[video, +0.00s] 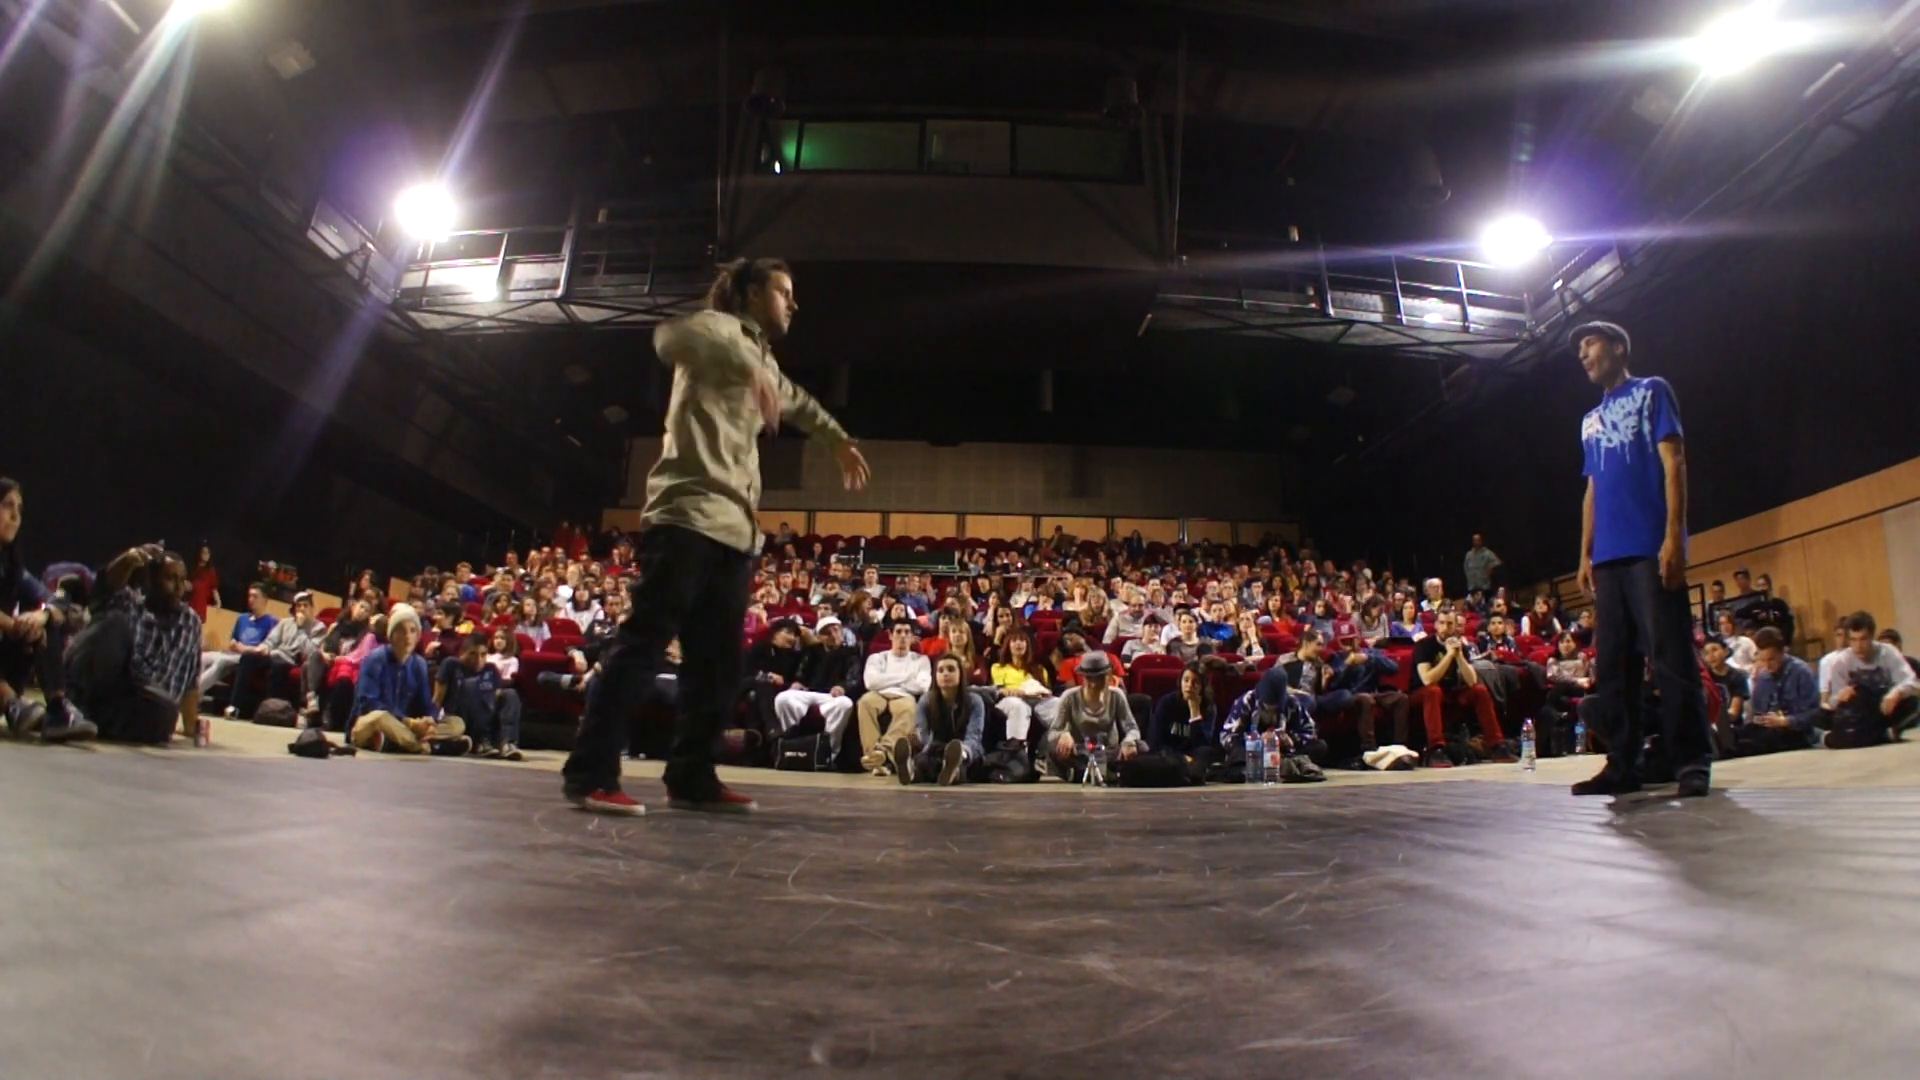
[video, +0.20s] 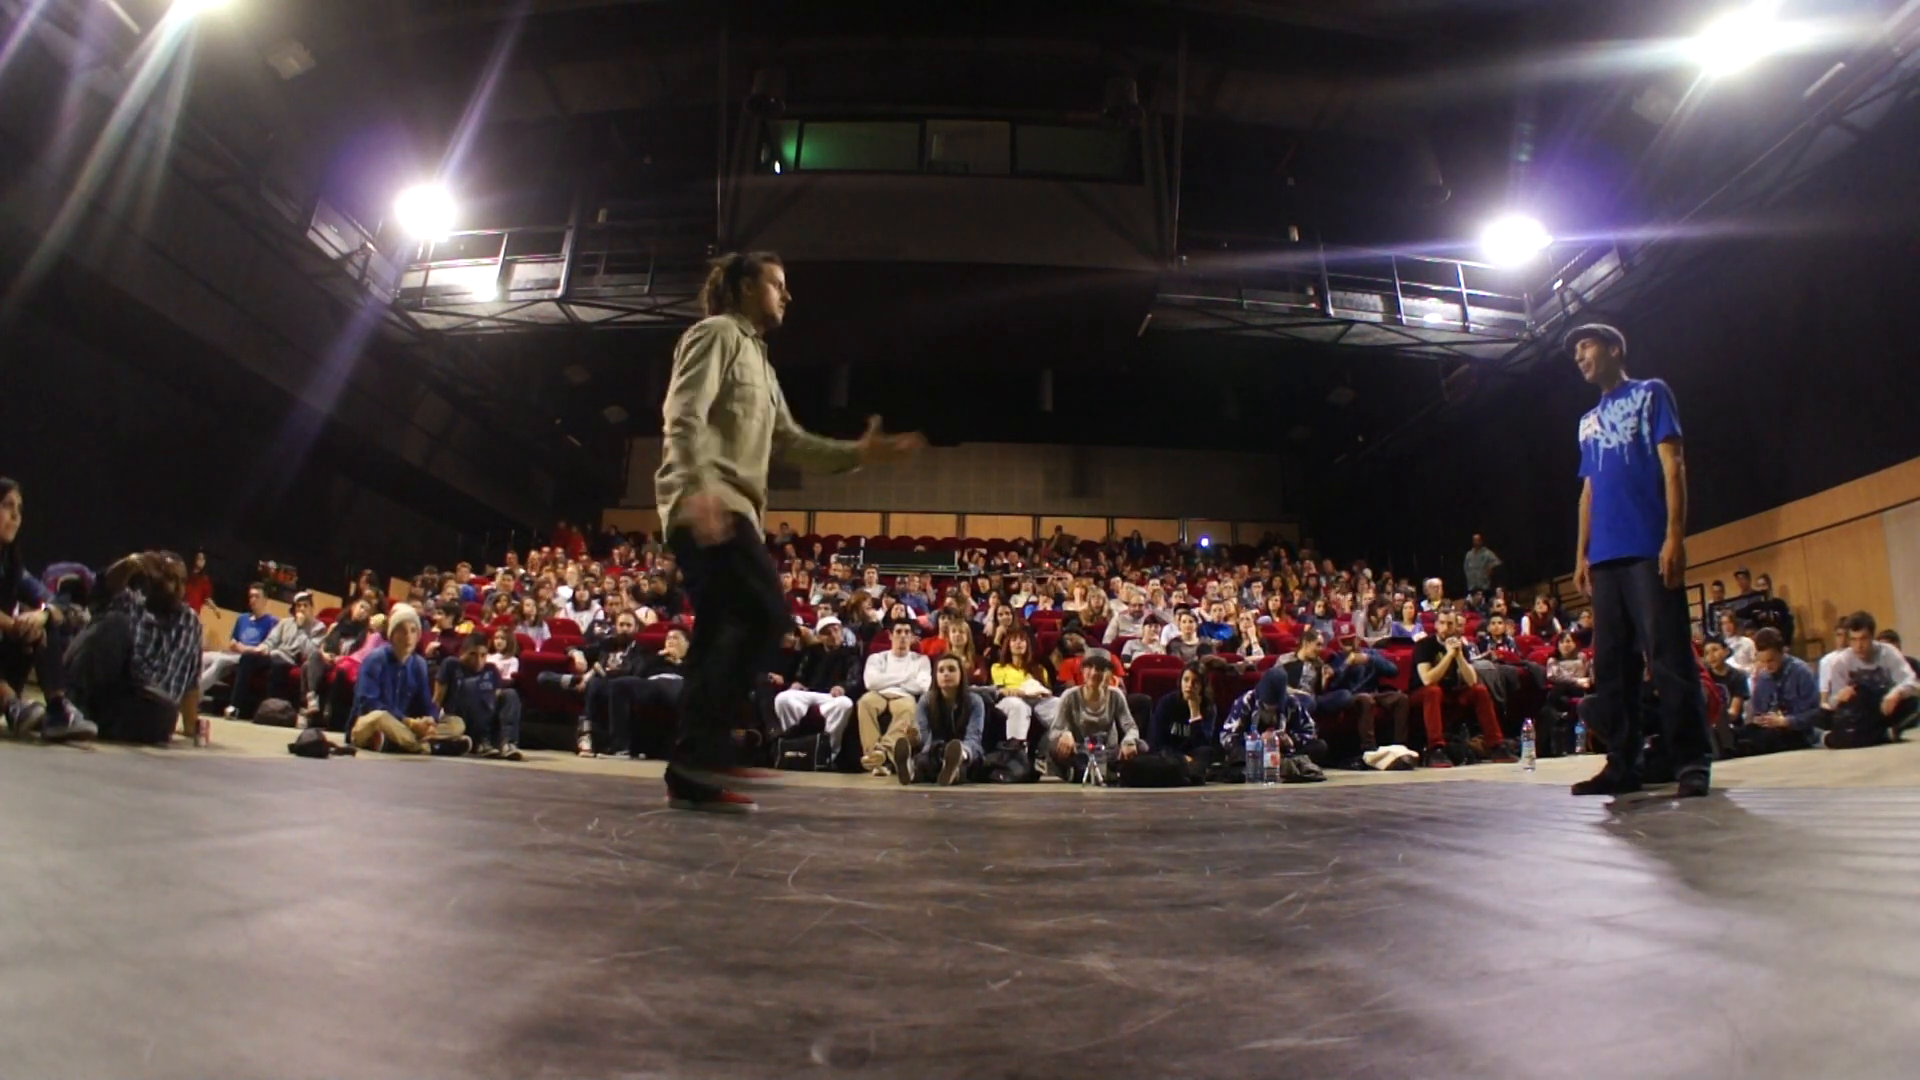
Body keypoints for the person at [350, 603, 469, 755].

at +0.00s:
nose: (408, 637)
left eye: (413, 631)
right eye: (401, 631)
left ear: (418, 635)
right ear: (391, 635)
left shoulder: (419, 664)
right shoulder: (375, 660)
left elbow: (426, 705)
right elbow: (368, 704)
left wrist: (429, 720)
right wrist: (407, 722)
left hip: (411, 725)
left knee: (457, 723)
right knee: (381, 718)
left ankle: (394, 743)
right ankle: (424, 748)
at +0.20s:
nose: (408, 637)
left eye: (413, 631)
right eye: (402, 631)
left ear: (418, 635)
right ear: (391, 635)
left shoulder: (419, 664)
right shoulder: (375, 660)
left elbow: (426, 704)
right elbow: (367, 704)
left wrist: (430, 720)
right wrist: (407, 722)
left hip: (412, 725)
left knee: (457, 723)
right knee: (381, 718)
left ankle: (394, 744)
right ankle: (425, 748)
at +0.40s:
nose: (409, 633)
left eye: (414, 628)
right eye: (402, 627)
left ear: (418, 634)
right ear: (391, 632)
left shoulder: (419, 664)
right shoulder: (375, 659)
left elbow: (426, 705)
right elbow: (367, 703)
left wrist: (430, 721)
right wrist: (407, 722)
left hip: (411, 726)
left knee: (457, 723)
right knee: (380, 718)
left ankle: (394, 744)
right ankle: (425, 748)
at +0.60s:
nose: (409, 634)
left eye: (413, 629)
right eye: (402, 628)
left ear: (418, 634)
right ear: (391, 632)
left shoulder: (419, 664)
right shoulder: (375, 658)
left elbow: (426, 704)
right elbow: (367, 703)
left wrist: (429, 720)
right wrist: (407, 722)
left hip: (412, 724)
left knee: (457, 724)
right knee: (381, 718)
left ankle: (396, 744)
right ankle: (425, 748)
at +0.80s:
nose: (400, 636)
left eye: (407, 631)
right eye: (396, 630)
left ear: (417, 638)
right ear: (390, 633)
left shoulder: (420, 665)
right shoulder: (375, 659)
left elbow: (426, 705)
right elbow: (366, 704)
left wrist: (428, 719)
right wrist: (405, 715)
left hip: (410, 724)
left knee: (457, 724)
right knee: (380, 718)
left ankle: (393, 743)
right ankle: (428, 747)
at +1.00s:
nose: (398, 637)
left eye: (405, 633)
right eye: (394, 631)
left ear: (415, 639)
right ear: (388, 633)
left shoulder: (419, 664)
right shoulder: (372, 660)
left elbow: (426, 706)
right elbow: (367, 705)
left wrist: (428, 720)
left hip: (404, 724)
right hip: (366, 725)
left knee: (457, 724)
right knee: (380, 717)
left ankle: (393, 744)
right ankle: (428, 747)